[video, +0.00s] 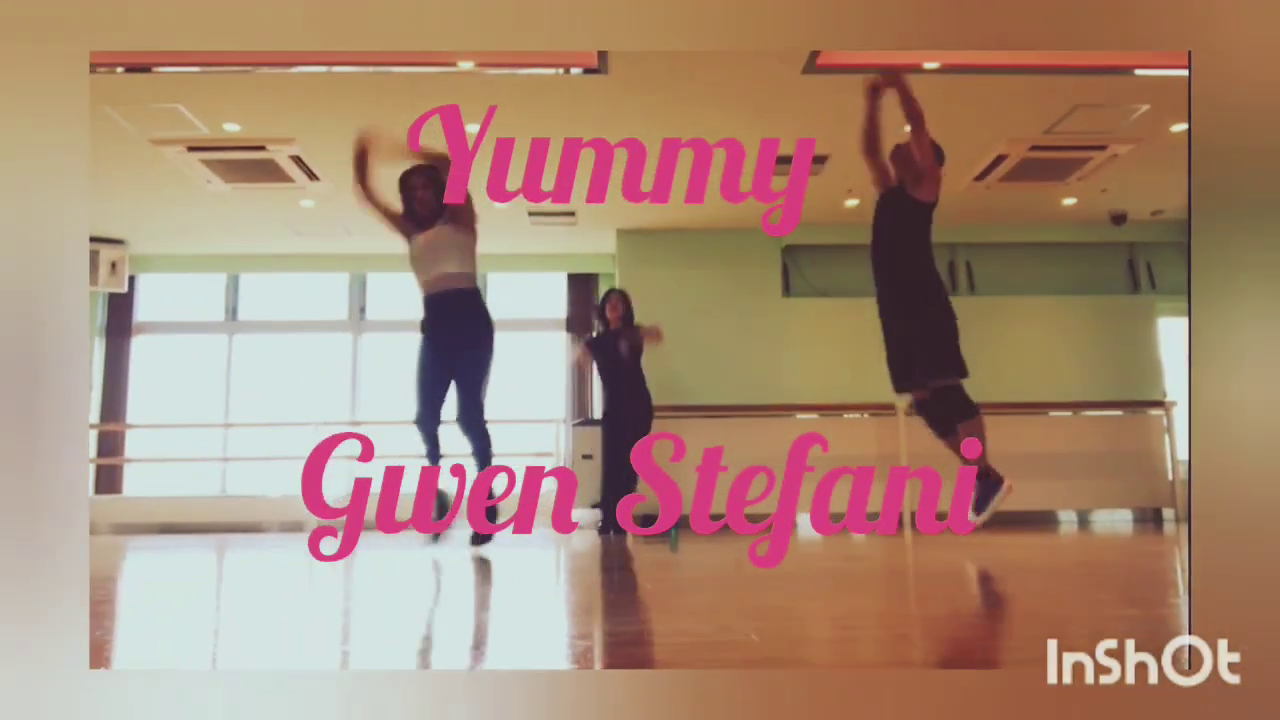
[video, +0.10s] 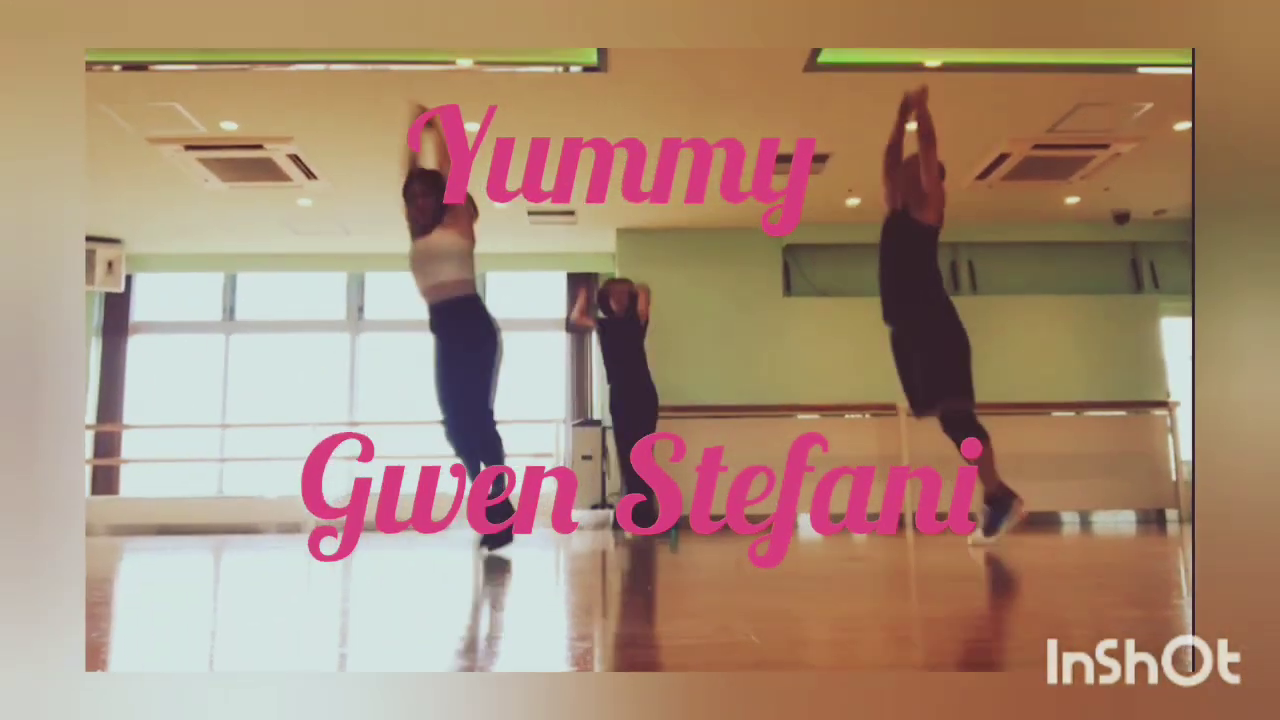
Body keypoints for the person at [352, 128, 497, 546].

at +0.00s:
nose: (419, 194)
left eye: (425, 187)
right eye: (411, 190)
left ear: (440, 189)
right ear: (405, 196)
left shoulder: (461, 218)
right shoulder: (410, 228)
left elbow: (460, 175)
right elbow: (366, 195)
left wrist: (433, 155)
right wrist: (362, 154)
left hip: (471, 320)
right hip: (437, 323)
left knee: (471, 416)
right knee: (426, 417)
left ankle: (486, 496)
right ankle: (435, 493)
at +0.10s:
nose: (419, 203)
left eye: (426, 195)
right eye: (414, 196)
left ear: (441, 197)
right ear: (408, 202)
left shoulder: (458, 223)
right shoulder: (419, 234)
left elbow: (456, 166)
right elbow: (413, 179)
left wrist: (441, 120)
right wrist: (415, 127)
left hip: (474, 329)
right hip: (447, 334)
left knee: (475, 420)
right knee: (456, 425)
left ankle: (502, 508)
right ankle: (491, 502)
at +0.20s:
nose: (416, 219)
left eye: (417, 210)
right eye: (413, 213)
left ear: (432, 212)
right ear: (424, 216)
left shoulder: (457, 236)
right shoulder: (426, 245)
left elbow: (459, 187)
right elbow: (427, 196)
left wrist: (457, 147)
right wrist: (442, 152)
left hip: (482, 345)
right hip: (458, 351)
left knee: (471, 440)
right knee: (463, 445)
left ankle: (511, 523)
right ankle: (505, 518)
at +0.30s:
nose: (412, 243)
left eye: (413, 235)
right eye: (408, 238)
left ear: (428, 228)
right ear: (419, 233)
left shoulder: (463, 248)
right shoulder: (435, 256)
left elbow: (457, 195)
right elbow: (408, 214)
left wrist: (450, 153)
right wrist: (417, 168)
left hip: (483, 361)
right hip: (460, 365)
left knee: (459, 449)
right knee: (406, 435)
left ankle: (509, 518)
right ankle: (451, 501)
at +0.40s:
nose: (418, 246)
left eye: (419, 238)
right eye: (415, 239)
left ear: (434, 230)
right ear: (424, 236)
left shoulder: (467, 257)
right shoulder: (438, 262)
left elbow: (448, 235)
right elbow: (405, 249)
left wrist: (431, 204)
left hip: (467, 369)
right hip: (446, 372)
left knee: (446, 461)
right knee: (369, 421)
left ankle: (505, 525)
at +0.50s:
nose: (417, 227)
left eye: (424, 219)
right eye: (419, 219)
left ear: (439, 222)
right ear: (458, 225)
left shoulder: (448, 259)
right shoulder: (432, 262)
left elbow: (459, 306)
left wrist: (462, 318)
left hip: (436, 372)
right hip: (420, 373)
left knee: (429, 471)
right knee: (338, 437)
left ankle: (501, 534)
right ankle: (302, 530)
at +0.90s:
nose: (317, 194)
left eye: (328, 193)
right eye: (319, 189)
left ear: (339, 212)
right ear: (311, 202)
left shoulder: (336, 249)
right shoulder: (281, 235)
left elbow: (324, 294)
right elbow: (255, 243)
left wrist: (281, 271)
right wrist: (236, 267)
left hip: (327, 366)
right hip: (290, 368)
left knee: (343, 465)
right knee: (231, 455)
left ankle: (411, 536)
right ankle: (244, 555)